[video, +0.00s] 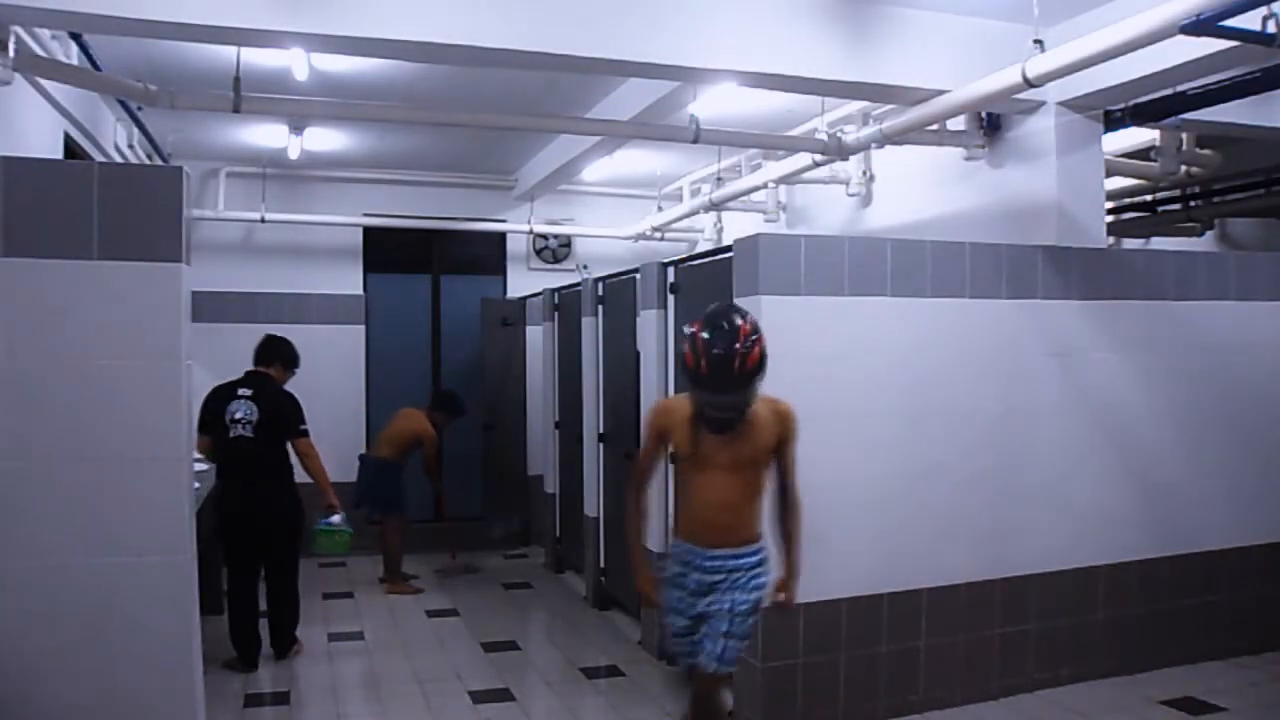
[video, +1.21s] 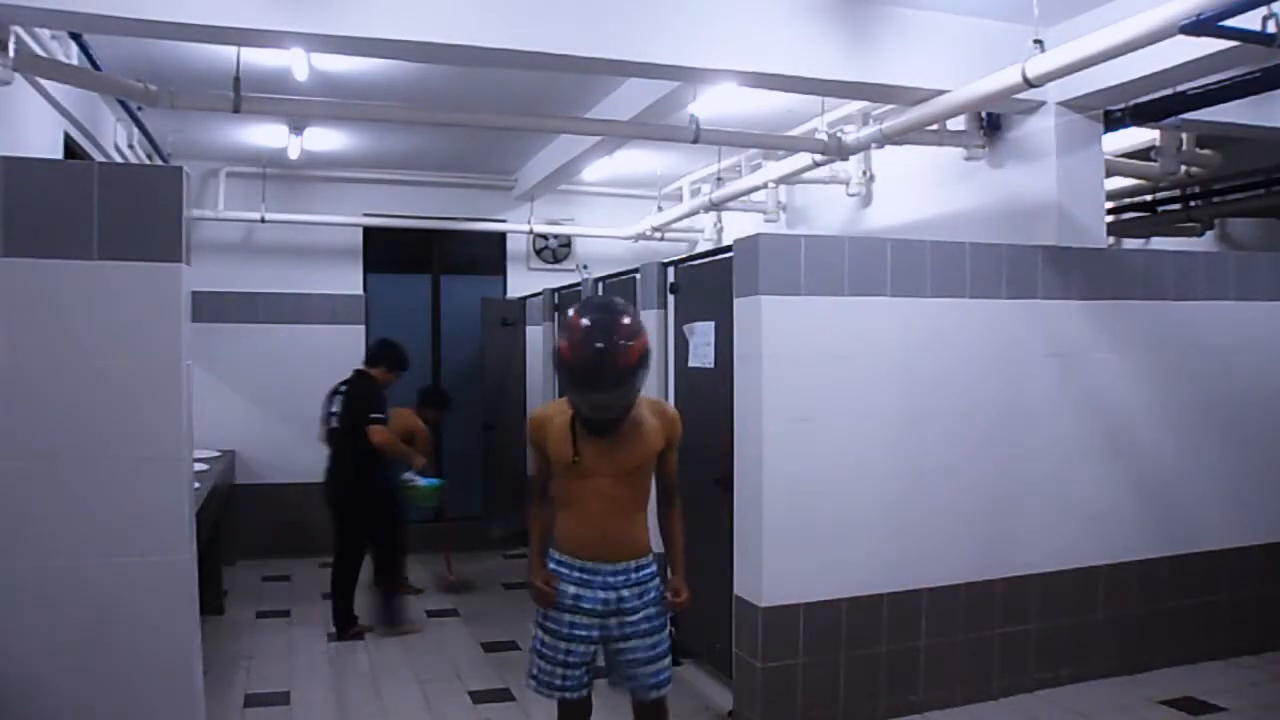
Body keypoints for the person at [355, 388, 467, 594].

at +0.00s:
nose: (446, 424)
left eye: (449, 419)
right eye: (447, 418)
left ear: (433, 407)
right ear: (440, 414)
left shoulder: (407, 413)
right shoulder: (427, 432)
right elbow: (430, 467)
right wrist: (437, 487)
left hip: (371, 465)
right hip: (386, 470)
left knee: (388, 522)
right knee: (395, 524)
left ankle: (390, 572)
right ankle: (394, 580)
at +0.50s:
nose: (449, 424)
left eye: (451, 419)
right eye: (450, 418)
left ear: (435, 407)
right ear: (442, 413)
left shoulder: (414, 414)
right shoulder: (424, 431)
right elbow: (423, 471)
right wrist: (437, 497)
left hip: (377, 465)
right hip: (387, 470)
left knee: (392, 523)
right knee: (397, 524)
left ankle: (392, 572)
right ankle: (393, 579)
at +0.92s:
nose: (447, 423)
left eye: (449, 418)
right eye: (447, 418)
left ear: (432, 408)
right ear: (439, 413)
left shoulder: (412, 416)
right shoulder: (422, 430)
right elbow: (420, 467)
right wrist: (434, 495)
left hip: (376, 465)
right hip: (386, 471)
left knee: (382, 526)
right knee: (393, 527)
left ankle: (382, 572)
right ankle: (393, 579)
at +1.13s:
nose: (440, 418)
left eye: (442, 414)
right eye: (439, 413)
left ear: (423, 404)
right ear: (432, 410)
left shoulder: (399, 414)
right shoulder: (419, 428)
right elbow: (422, 461)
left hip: (373, 467)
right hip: (386, 473)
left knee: (387, 527)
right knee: (393, 528)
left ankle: (390, 574)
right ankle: (392, 578)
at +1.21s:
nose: (438, 418)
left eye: (440, 412)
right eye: (438, 412)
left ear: (421, 403)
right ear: (431, 409)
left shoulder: (396, 413)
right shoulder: (419, 429)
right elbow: (424, 465)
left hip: (372, 471)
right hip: (388, 479)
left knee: (383, 529)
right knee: (395, 530)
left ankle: (383, 576)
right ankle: (396, 579)